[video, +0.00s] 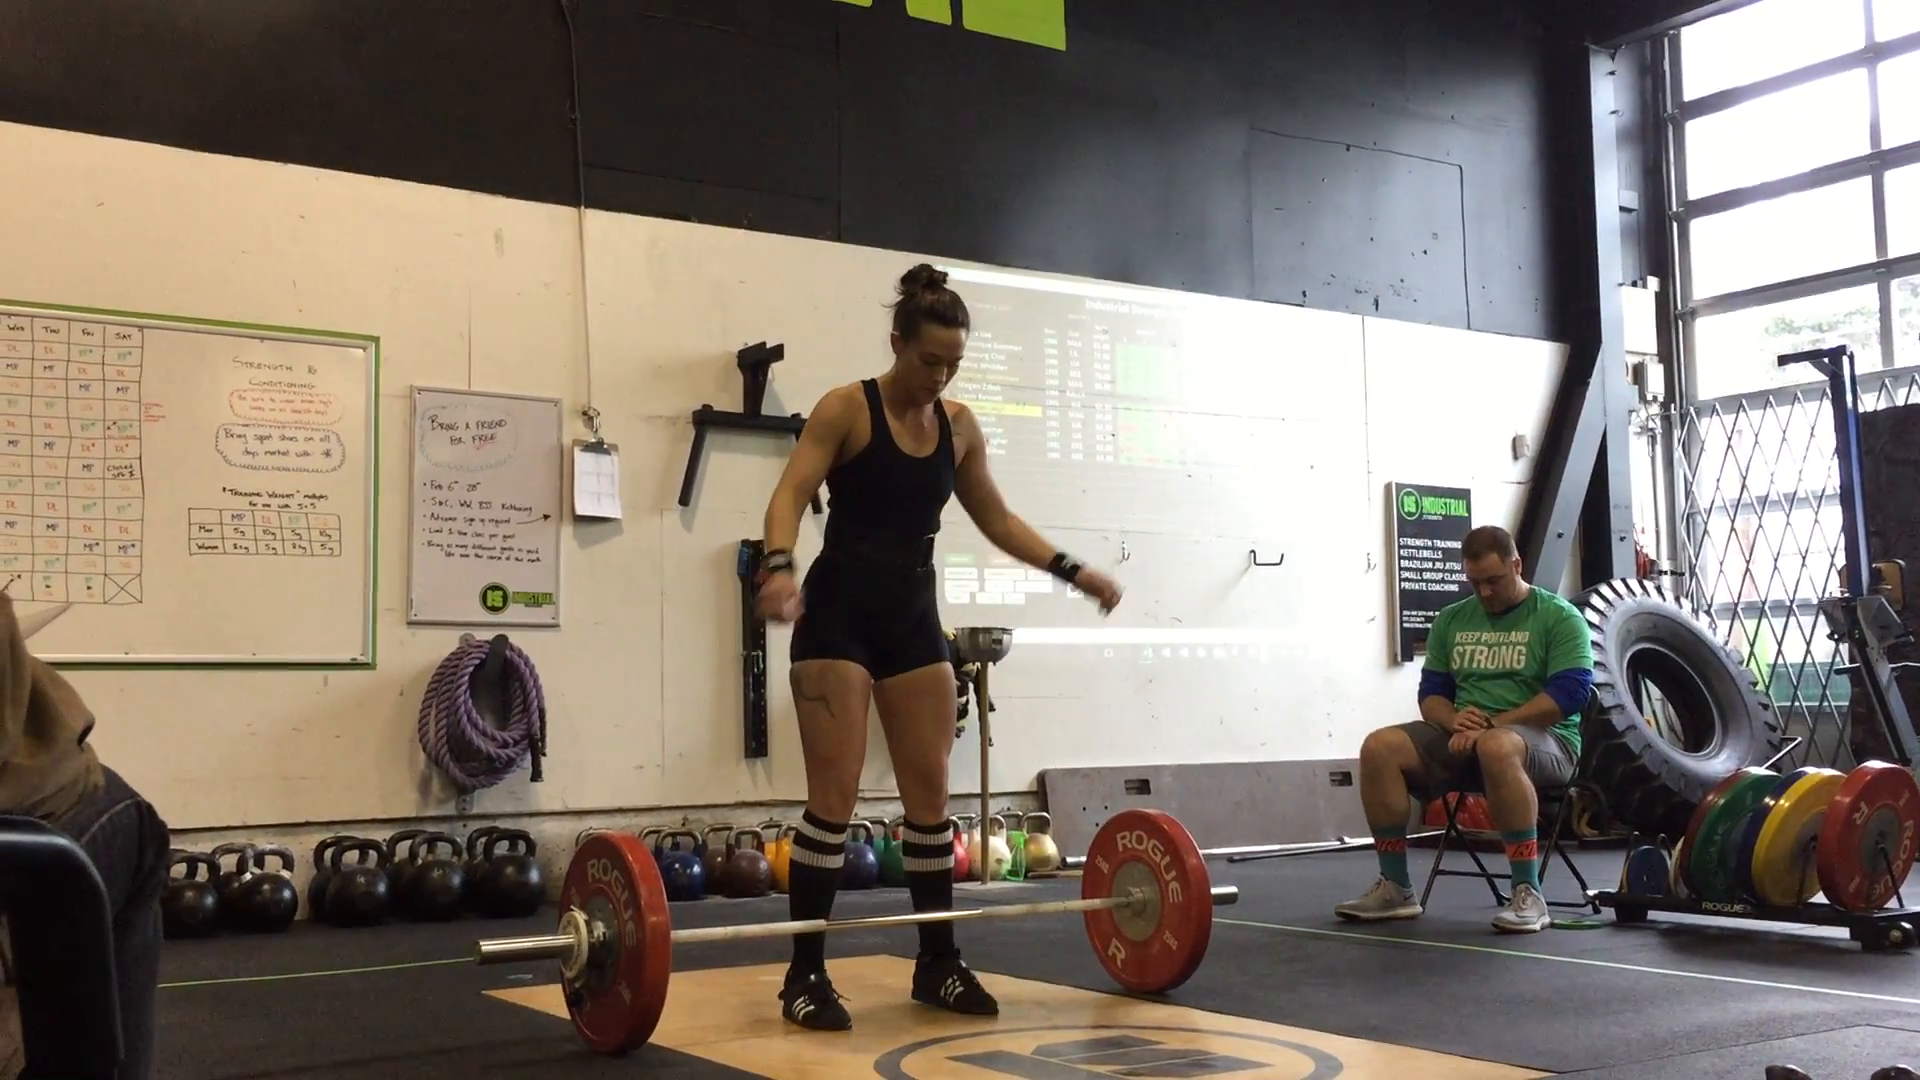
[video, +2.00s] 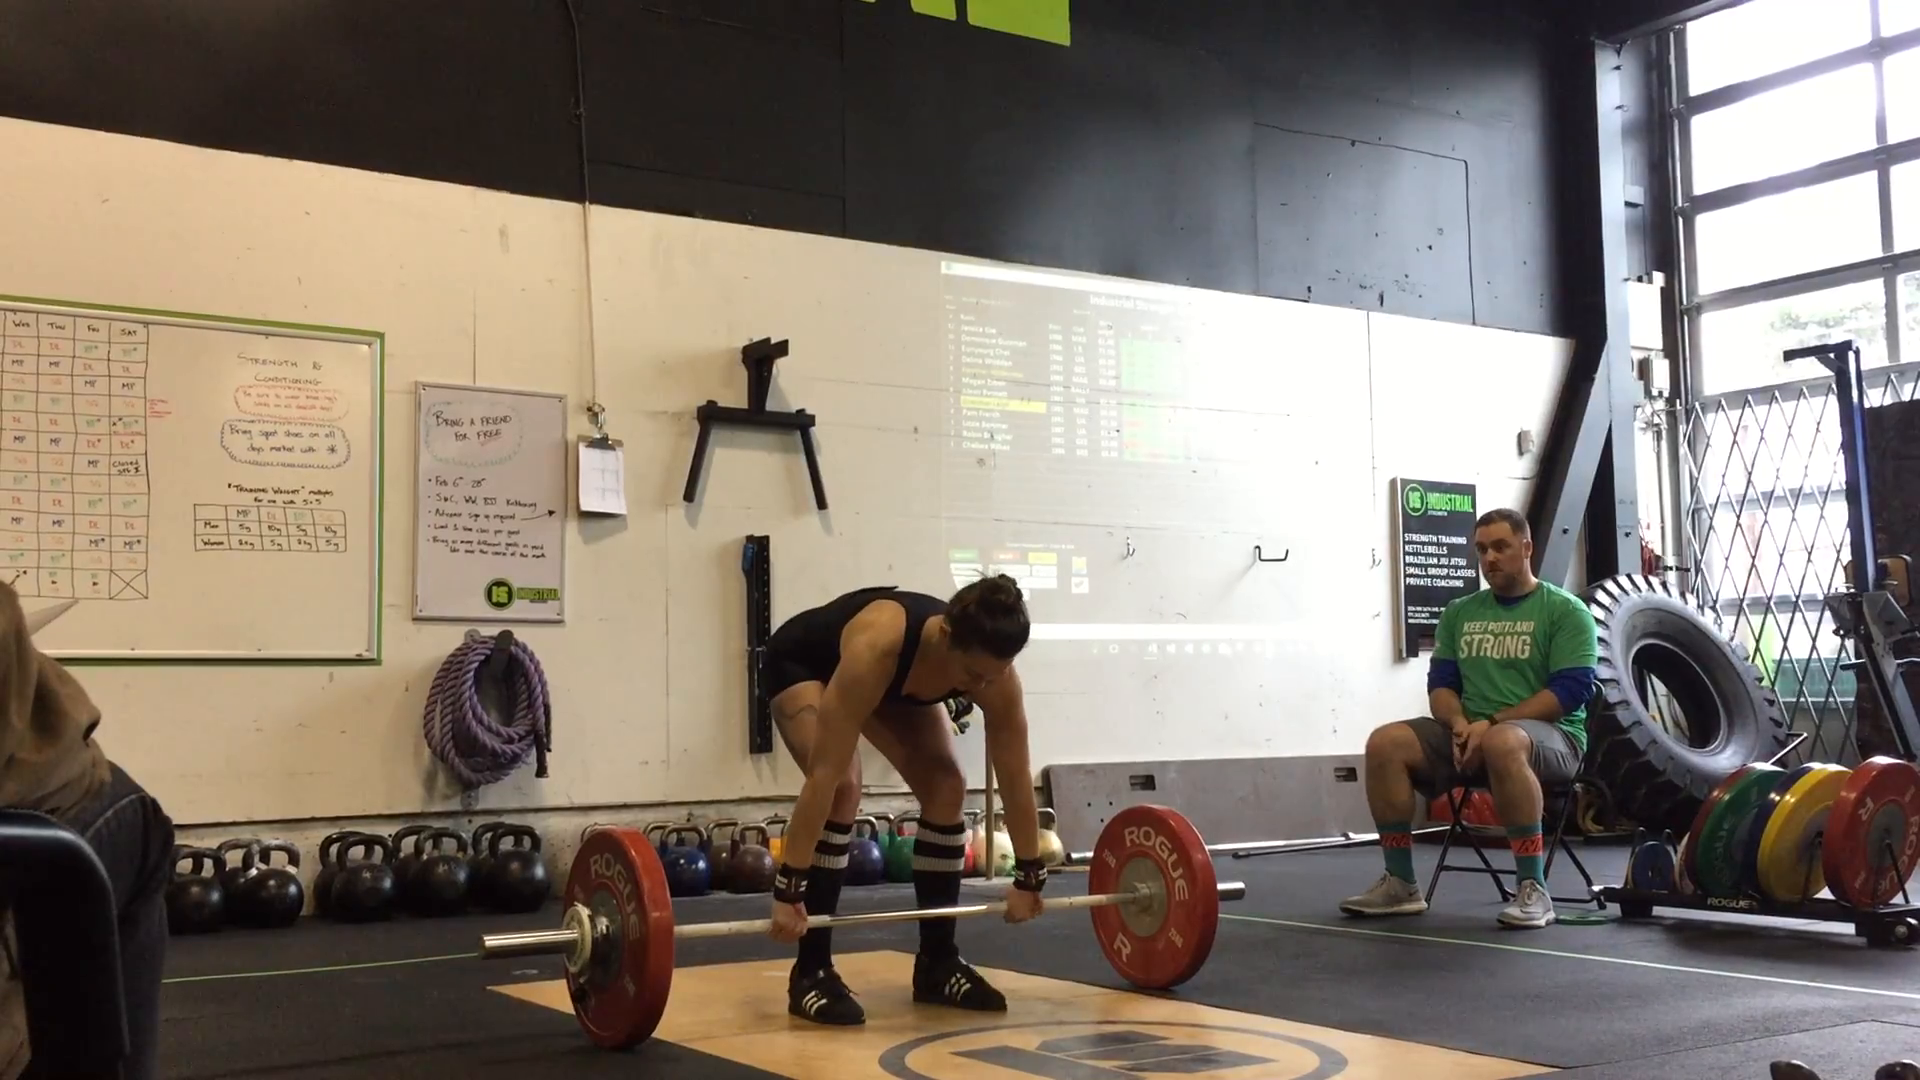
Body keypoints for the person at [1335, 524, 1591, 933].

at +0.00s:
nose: (1484, 593)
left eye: (1493, 581)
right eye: (1475, 583)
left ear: (1518, 565)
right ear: (1465, 573)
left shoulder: (1559, 616)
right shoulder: (1450, 620)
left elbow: (1571, 692)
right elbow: (1431, 695)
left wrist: (1491, 727)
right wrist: (1453, 719)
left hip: (1544, 740)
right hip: (1462, 739)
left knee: (1496, 747)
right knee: (1379, 748)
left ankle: (1527, 895)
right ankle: (1395, 888)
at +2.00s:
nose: (1490, 557)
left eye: (1500, 547)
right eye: (1482, 549)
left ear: (1527, 548)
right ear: (1476, 555)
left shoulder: (1566, 611)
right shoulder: (1459, 613)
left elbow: (1571, 690)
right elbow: (1441, 684)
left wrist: (1494, 724)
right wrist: (1458, 721)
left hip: (1550, 735)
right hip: (1470, 735)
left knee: (1503, 743)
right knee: (1384, 744)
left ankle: (1532, 890)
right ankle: (1400, 884)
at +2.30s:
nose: (1490, 553)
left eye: (1501, 543)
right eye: (1483, 545)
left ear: (1528, 547)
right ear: (1477, 552)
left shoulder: (1565, 611)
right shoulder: (1458, 612)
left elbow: (1572, 688)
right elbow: (1441, 683)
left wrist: (1497, 723)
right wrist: (1462, 720)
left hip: (1550, 734)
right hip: (1470, 734)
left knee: (1501, 743)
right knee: (1383, 745)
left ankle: (1531, 890)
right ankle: (1399, 884)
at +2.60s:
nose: (1487, 553)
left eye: (1498, 542)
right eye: (1480, 545)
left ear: (1526, 546)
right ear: (1475, 553)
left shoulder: (1564, 610)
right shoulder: (1457, 614)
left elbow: (1562, 690)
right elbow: (1441, 687)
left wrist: (1489, 731)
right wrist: (1459, 724)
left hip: (1549, 734)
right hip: (1469, 736)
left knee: (1500, 743)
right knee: (1383, 745)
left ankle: (1531, 891)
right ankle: (1400, 884)